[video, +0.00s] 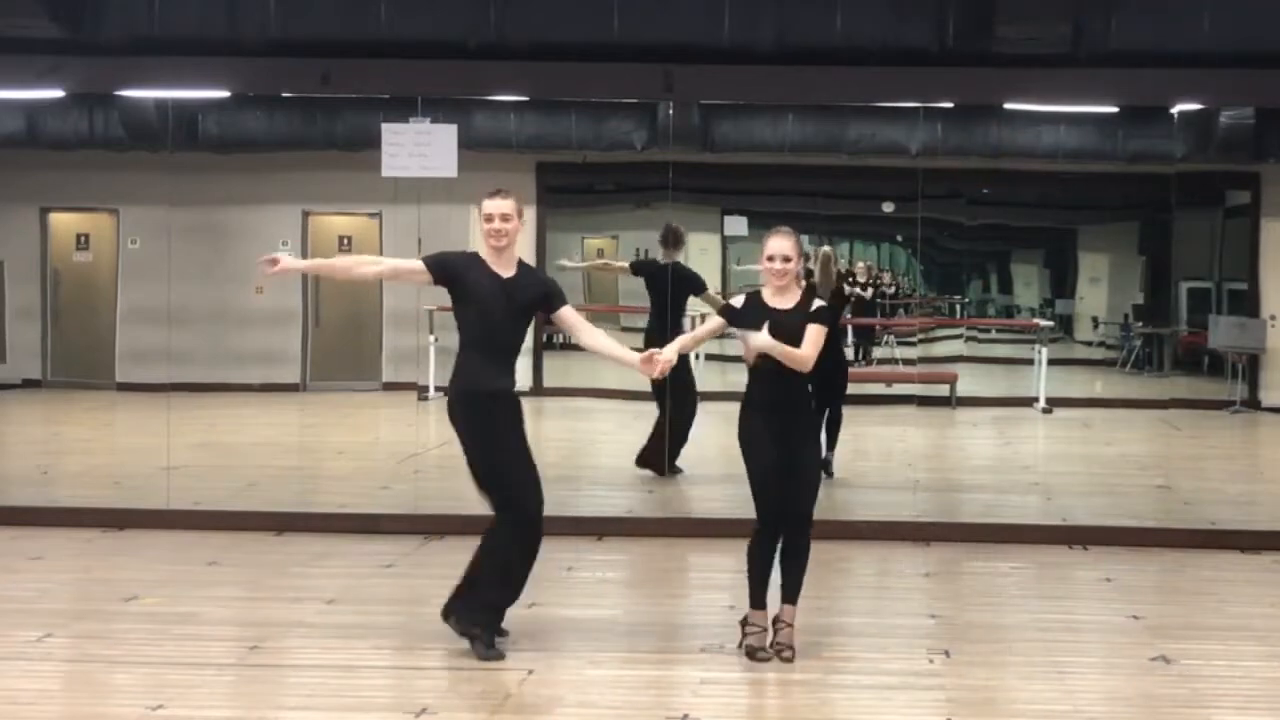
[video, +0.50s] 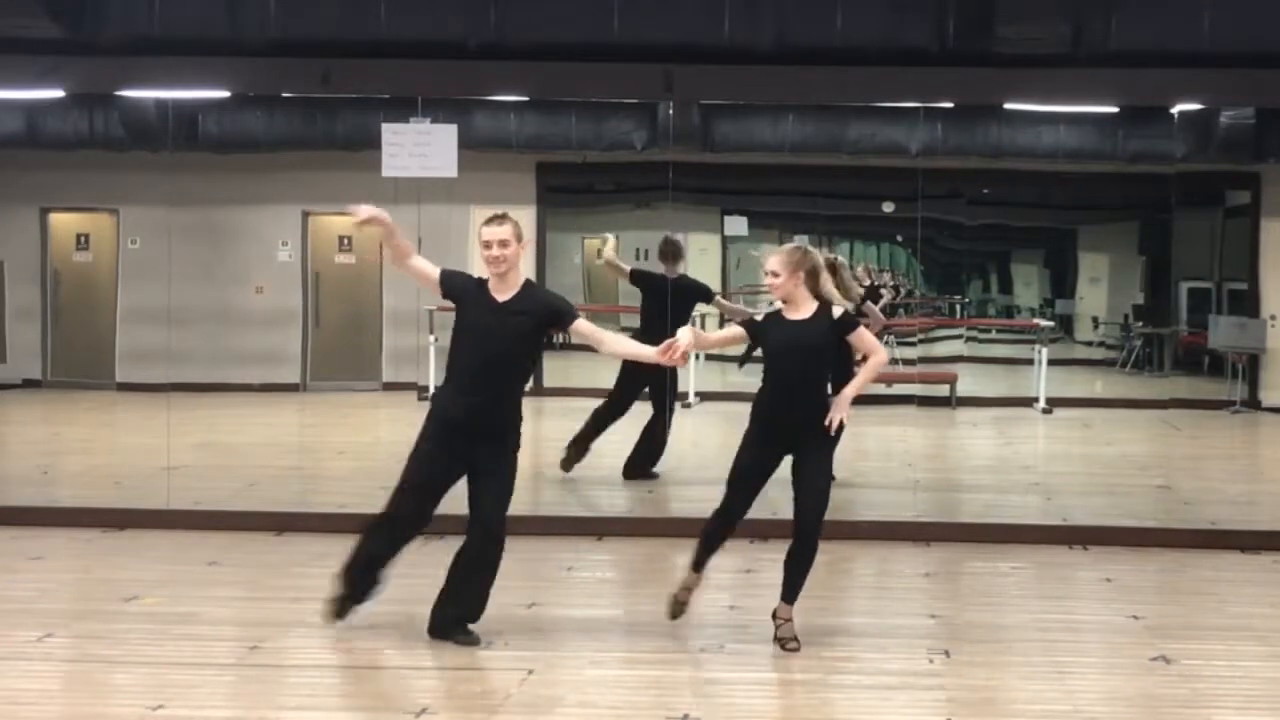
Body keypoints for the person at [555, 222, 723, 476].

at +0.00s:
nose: (672, 247)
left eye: (667, 242)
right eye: (679, 243)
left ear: (661, 243)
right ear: (682, 245)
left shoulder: (649, 267)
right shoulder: (687, 275)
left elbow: (610, 265)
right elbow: (715, 302)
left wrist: (576, 265)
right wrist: (736, 313)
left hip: (652, 340)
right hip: (675, 342)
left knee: (666, 400)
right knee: (686, 401)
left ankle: (653, 454)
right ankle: (664, 457)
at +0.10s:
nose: (676, 250)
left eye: (669, 246)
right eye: (680, 245)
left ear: (663, 247)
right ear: (685, 247)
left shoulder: (652, 268)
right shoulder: (691, 276)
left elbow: (615, 262)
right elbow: (723, 304)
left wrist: (582, 255)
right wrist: (746, 317)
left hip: (646, 337)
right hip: (668, 340)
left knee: (654, 401)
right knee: (675, 400)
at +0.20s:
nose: (673, 254)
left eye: (670, 249)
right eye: (678, 250)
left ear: (664, 250)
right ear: (686, 252)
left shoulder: (652, 272)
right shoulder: (695, 281)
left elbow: (618, 259)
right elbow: (726, 305)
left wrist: (594, 243)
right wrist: (747, 314)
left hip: (638, 340)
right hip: (664, 345)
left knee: (650, 401)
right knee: (651, 405)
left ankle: (657, 453)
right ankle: (636, 465)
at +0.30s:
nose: (672, 257)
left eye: (668, 253)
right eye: (677, 253)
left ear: (663, 255)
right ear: (685, 256)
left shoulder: (651, 276)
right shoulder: (695, 286)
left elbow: (616, 260)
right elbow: (729, 309)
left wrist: (593, 238)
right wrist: (754, 317)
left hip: (631, 349)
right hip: (659, 354)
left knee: (625, 395)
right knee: (658, 410)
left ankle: (623, 447)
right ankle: (638, 464)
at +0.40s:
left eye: (667, 254)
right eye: (677, 254)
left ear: (662, 256)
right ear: (684, 257)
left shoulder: (650, 278)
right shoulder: (695, 287)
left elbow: (612, 259)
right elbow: (729, 309)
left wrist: (594, 238)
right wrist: (754, 315)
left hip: (633, 351)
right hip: (662, 357)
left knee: (611, 398)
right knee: (662, 414)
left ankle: (585, 450)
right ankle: (638, 467)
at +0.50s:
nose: (668, 258)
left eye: (665, 255)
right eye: (675, 255)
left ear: (660, 256)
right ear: (683, 257)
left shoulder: (648, 280)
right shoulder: (692, 287)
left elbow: (612, 262)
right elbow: (727, 307)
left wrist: (609, 246)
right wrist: (753, 315)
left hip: (637, 358)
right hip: (666, 363)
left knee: (616, 403)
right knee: (663, 415)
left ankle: (577, 447)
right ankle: (638, 467)